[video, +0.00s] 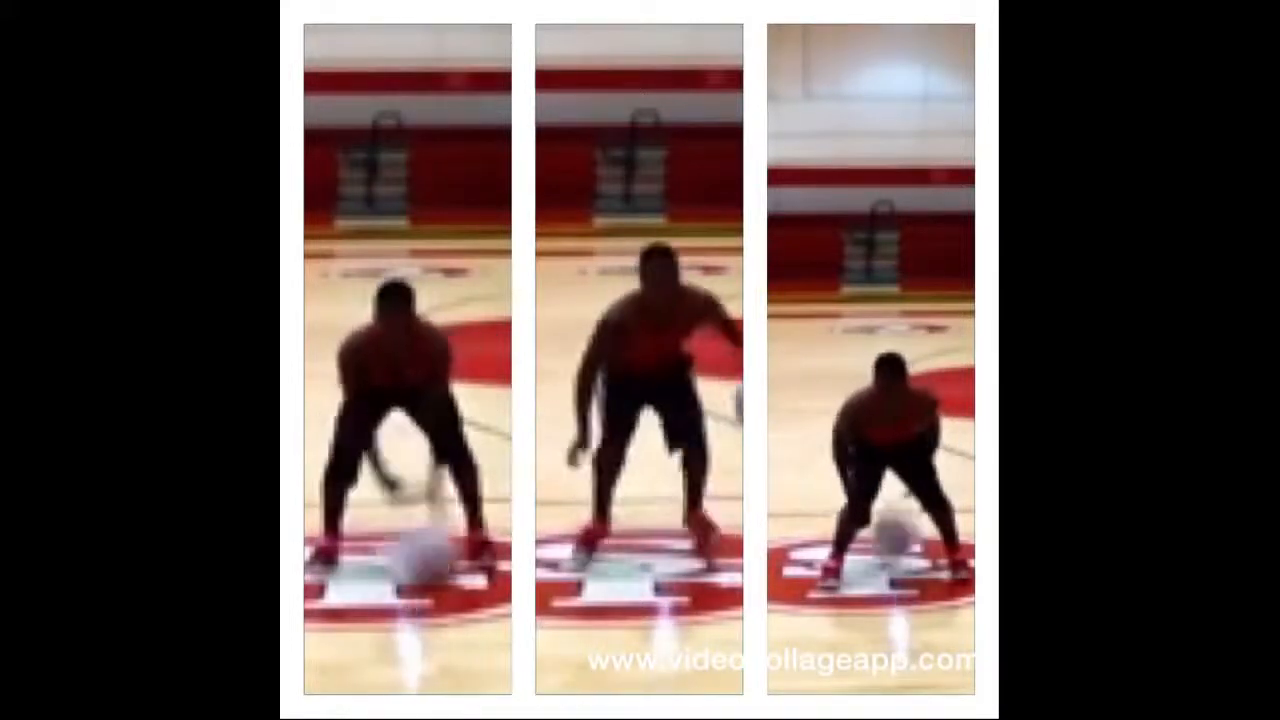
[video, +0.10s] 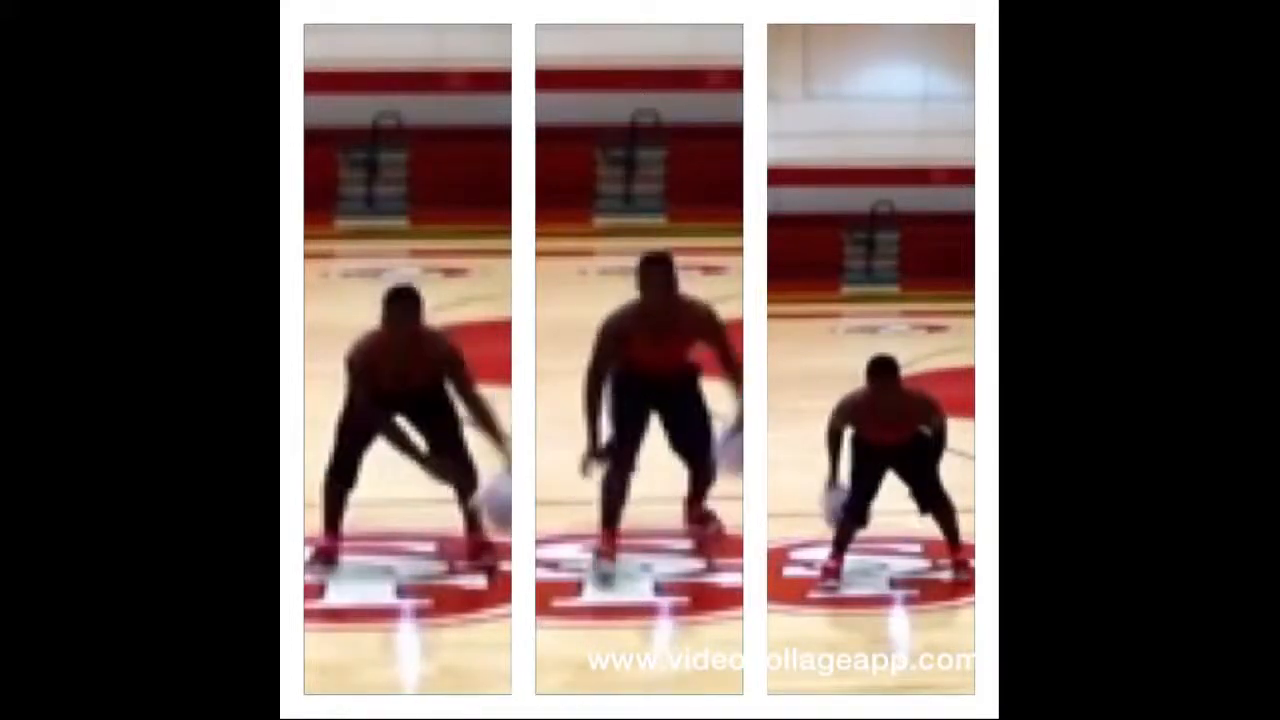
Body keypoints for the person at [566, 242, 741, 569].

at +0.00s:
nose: (663, 288)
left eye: (668, 279)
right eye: (655, 280)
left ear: (678, 277)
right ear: (642, 280)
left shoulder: (697, 304)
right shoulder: (619, 317)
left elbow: (735, 336)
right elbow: (586, 373)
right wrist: (583, 432)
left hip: (671, 378)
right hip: (623, 382)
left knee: (696, 449)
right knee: (609, 453)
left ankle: (694, 514)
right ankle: (600, 521)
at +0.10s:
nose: (658, 295)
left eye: (664, 287)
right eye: (651, 287)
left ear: (674, 285)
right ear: (639, 287)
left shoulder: (698, 317)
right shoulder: (620, 325)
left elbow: (730, 363)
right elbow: (594, 381)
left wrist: (744, 405)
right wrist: (594, 439)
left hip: (679, 385)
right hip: (631, 387)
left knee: (703, 459)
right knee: (621, 460)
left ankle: (696, 509)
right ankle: (608, 537)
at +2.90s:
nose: (658, 281)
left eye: (665, 273)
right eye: (653, 273)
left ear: (678, 274)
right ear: (644, 274)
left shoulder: (702, 312)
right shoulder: (629, 308)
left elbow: (720, 366)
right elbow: (599, 342)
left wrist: (710, 402)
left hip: (697, 385)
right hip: (651, 385)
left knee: (722, 460)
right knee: (641, 453)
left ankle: (705, 504)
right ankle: (629, 528)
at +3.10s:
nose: (661, 283)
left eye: (669, 276)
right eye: (656, 275)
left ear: (682, 276)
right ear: (648, 273)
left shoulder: (702, 311)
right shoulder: (627, 307)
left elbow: (723, 366)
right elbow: (606, 353)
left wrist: (720, 415)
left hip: (688, 375)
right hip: (642, 371)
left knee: (700, 443)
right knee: (607, 436)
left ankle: (722, 519)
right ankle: (616, 512)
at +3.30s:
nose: (672, 283)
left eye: (678, 275)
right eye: (665, 275)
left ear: (688, 276)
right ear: (654, 277)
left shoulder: (705, 312)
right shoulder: (633, 318)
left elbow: (734, 357)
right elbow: (627, 383)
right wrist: (648, 432)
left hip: (684, 379)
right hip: (639, 380)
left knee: (699, 445)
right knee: (605, 454)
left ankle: (722, 520)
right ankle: (617, 513)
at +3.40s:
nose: (677, 272)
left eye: (682, 263)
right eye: (669, 264)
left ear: (692, 264)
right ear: (658, 265)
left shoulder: (711, 293)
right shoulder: (637, 305)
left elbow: (748, 318)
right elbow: (606, 358)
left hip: (689, 363)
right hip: (642, 367)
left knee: (719, 432)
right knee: (620, 435)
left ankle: (722, 513)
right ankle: (615, 502)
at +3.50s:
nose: (675, 272)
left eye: (680, 263)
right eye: (668, 264)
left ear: (690, 264)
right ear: (656, 266)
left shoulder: (712, 299)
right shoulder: (635, 307)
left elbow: (743, 338)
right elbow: (612, 362)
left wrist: (751, 384)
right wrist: (608, 418)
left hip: (696, 365)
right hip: (651, 369)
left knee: (729, 437)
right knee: (639, 434)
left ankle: (713, 492)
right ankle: (626, 513)